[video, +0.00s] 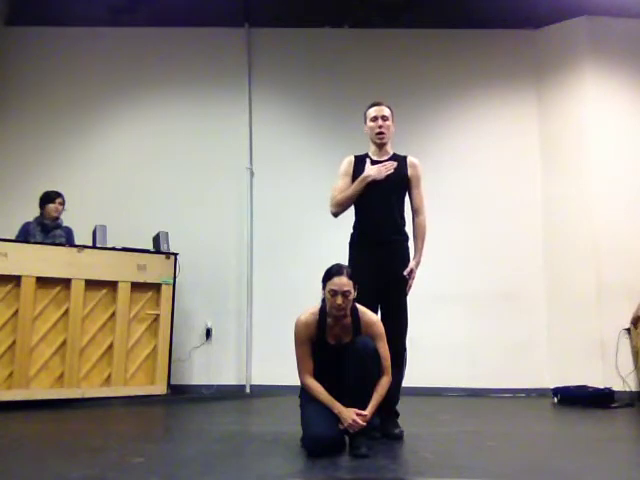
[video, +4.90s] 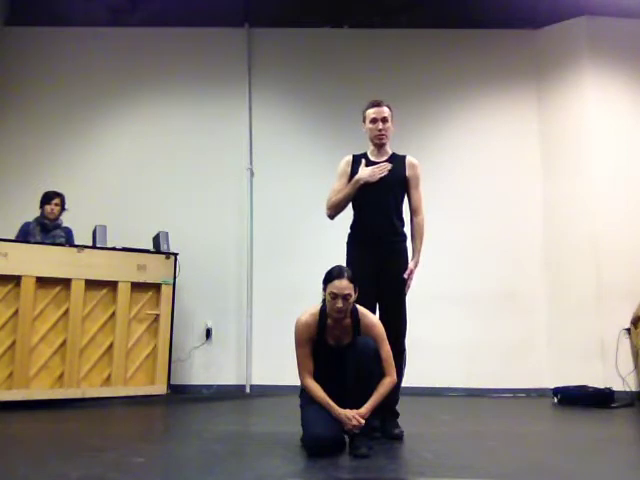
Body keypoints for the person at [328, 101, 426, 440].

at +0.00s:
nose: (380, 123)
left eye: (385, 118)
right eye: (374, 119)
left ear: (393, 125)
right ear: (365, 127)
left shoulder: (409, 166)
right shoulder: (353, 164)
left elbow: (419, 215)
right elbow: (335, 206)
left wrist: (416, 259)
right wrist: (366, 177)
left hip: (395, 257)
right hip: (362, 257)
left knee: (394, 337)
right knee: (359, 336)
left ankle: (388, 415)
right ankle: (358, 416)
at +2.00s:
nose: (381, 121)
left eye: (386, 117)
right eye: (375, 117)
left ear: (394, 124)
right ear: (366, 126)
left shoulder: (409, 165)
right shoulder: (352, 162)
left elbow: (419, 214)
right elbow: (332, 203)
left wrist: (415, 259)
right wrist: (365, 175)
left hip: (394, 257)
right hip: (361, 256)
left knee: (394, 337)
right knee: (358, 336)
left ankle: (388, 415)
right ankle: (359, 416)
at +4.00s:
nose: (381, 122)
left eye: (386, 117)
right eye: (375, 117)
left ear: (394, 124)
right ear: (366, 125)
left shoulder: (410, 165)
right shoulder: (353, 163)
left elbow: (417, 214)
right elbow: (335, 208)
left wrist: (415, 259)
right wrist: (363, 178)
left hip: (394, 257)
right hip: (361, 256)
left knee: (394, 336)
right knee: (358, 336)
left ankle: (389, 415)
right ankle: (359, 416)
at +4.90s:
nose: (380, 126)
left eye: (385, 120)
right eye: (374, 121)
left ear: (393, 125)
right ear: (364, 127)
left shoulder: (408, 166)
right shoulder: (351, 164)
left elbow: (417, 215)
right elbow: (331, 209)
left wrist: (415, 258)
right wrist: (359, 180)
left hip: (393, 256)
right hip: (360, 256)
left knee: (394, 337)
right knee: (359, 336)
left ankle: (389, 415)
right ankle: (360, 416)